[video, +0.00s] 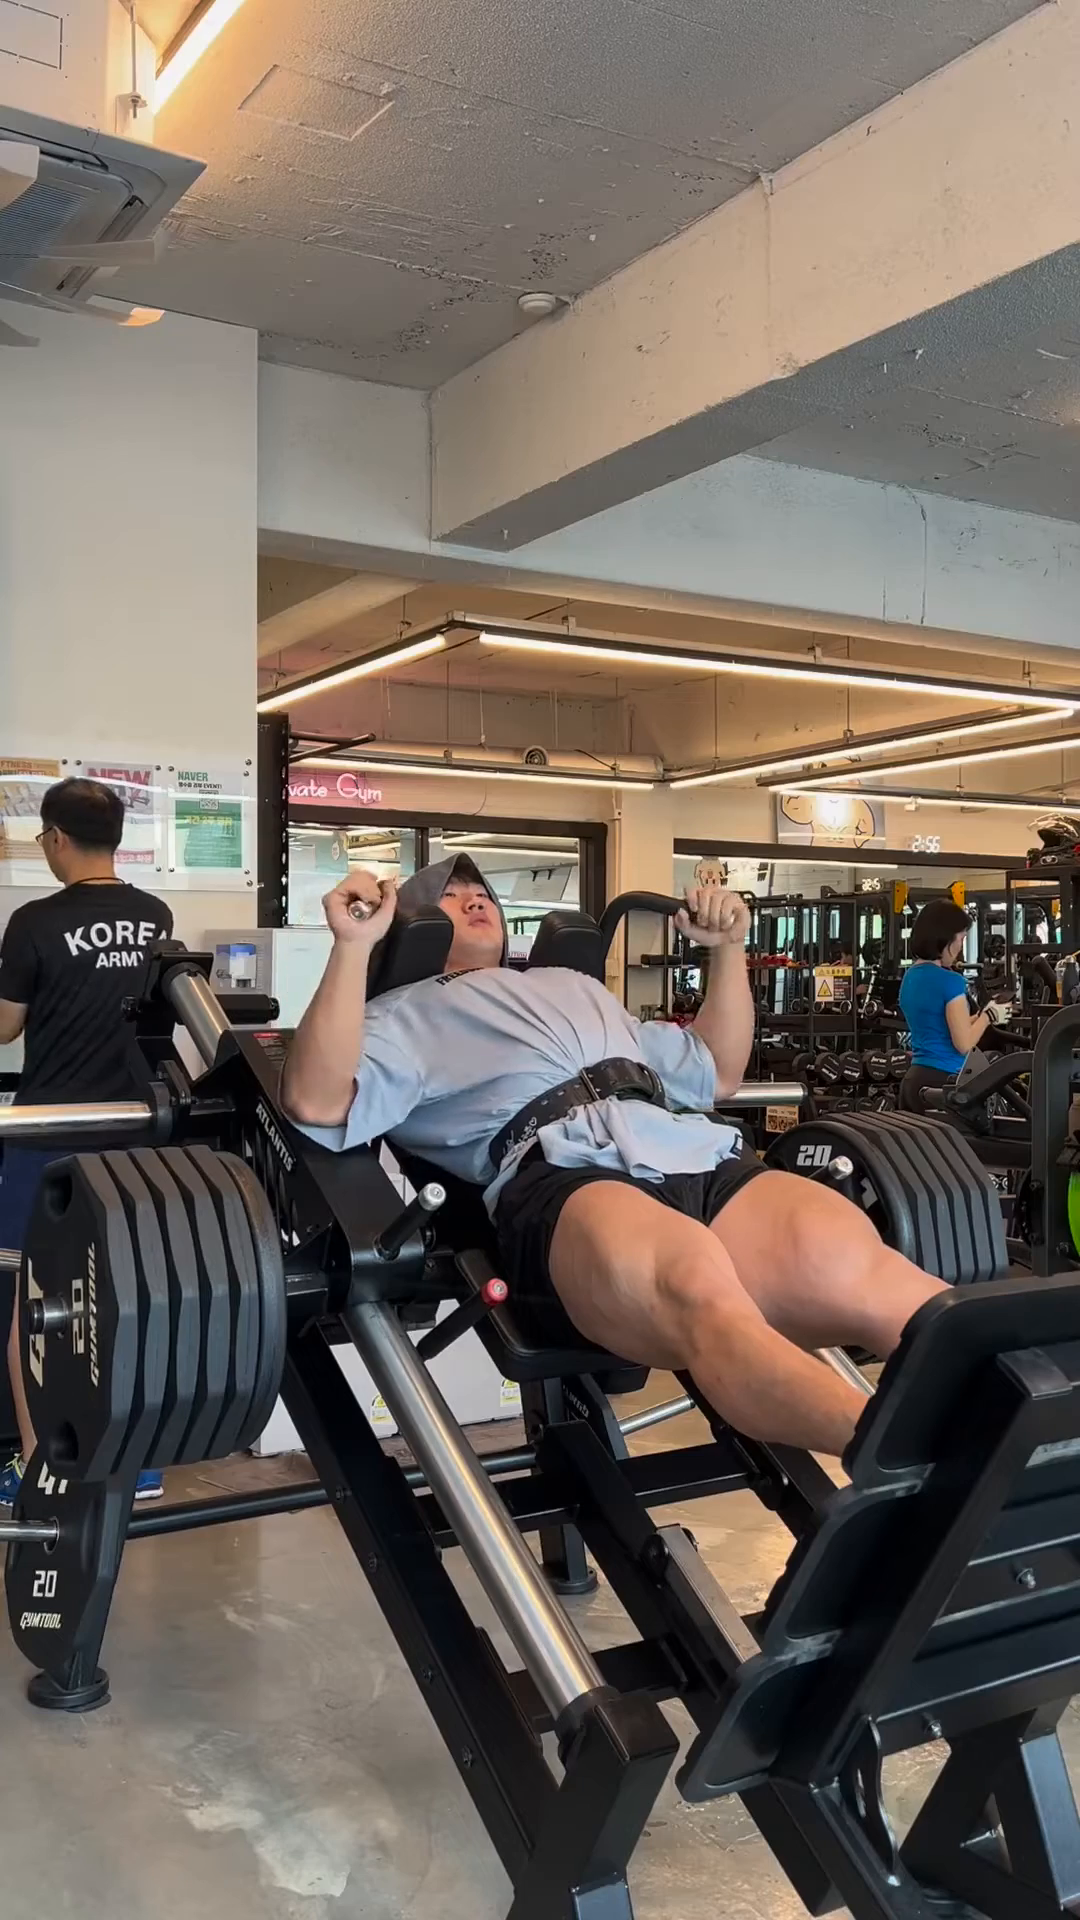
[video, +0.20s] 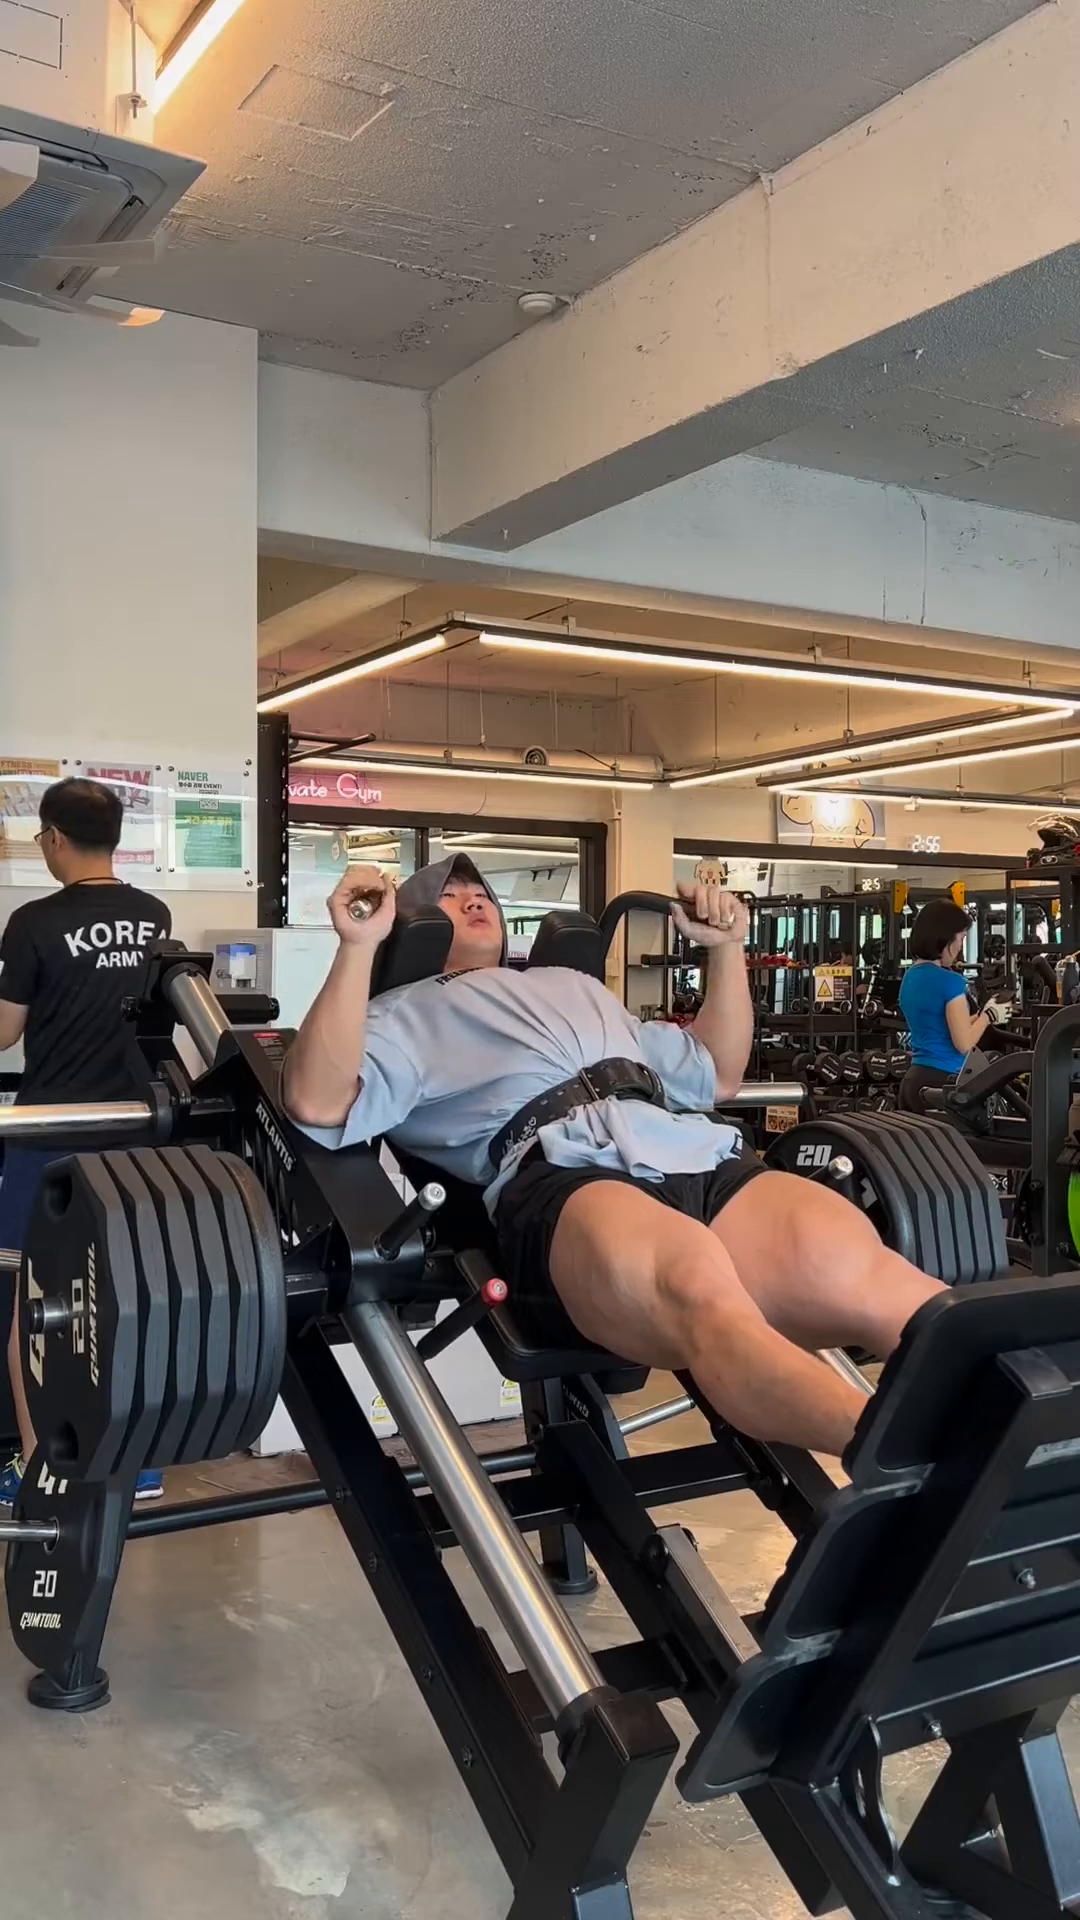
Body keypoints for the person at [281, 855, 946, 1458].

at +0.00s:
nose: (478, 899)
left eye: (485, 891)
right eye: (453, 892)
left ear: (502, 921)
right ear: (420, 931)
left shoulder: (577, 990)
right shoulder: (408, 1015)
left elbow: (713, 1073)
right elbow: (315, 1101)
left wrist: (726, 948)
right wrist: (351, 949)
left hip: (691, 1158)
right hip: (557, 1181)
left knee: (851, 1258)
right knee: (694, 1283)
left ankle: (1038, 1376)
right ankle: (892, 1447)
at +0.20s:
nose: (471, 901)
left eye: (482, 893)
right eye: (448, 895)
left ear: (504, 923)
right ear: (418, 935)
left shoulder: (577, 990)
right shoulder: (409, 1014)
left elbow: (712, 1073)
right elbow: (316, 1103)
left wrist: (724, 946)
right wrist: (358, 949)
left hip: (692, 1154)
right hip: (557, 1178)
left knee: (856, 1264)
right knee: (695, 1284)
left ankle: (1036, 1377)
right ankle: (892, 1446)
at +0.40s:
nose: (471, 901)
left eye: (483, 894)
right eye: (448, 894)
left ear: (504, 926)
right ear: (415, 935)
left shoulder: (577, 990)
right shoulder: (404, 1015)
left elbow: (712, 1072)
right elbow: (313, 1100)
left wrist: (718, 945)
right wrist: (347, 946)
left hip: (689, 1153)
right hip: (555, 1179)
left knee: (852, 1255)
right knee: (695, 1281)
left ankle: (1034, 1384)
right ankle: (889, 1447)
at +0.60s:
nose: (470, 902)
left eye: (482, 895)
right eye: (447, 896)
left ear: (503, 925)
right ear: (418, 934)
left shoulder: (578, 990)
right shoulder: (407, 1013)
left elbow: (710, 1074)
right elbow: (313, 1098)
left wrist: (716, 950)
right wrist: (343, 942)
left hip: (691, 1152)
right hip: (556, 1177)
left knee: (853, 1265)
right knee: (697, 1288)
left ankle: (1034, 1379)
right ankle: (896, 1448)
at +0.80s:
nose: (475, 900)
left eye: (484, 893)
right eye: (452, 893)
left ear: (504, 924)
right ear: (416, 930)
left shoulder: (577, 988)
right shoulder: (404, 1014)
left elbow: (711, 1073)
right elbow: (314, 1099)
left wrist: (720, 955)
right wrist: (351, 948)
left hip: (695, 1158)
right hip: (558, 1181)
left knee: (852, 1247)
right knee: (696, 1283)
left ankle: (1057, 1374)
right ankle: (898, 1454)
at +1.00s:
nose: (477, 902)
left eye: (484, 895)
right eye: (453, 894)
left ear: (502, 921)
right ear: (413, 928)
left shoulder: (575, 987)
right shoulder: (403, 1015)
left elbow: (711, 1073)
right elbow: (315, 1100)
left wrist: (718, 955)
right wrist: (350, 949)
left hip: (697, 1162)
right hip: (560, 1183)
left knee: (844, 1236)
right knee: (692, 1279)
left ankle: (1052, 1370)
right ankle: (896, 1448)